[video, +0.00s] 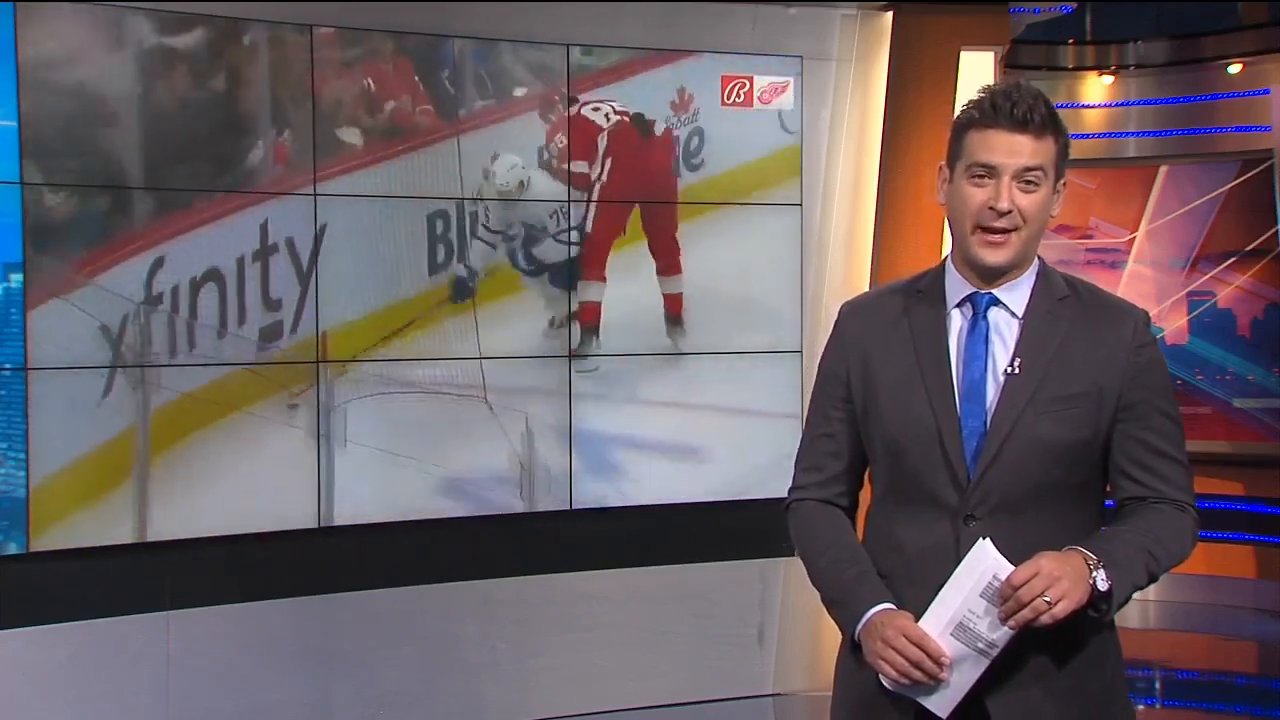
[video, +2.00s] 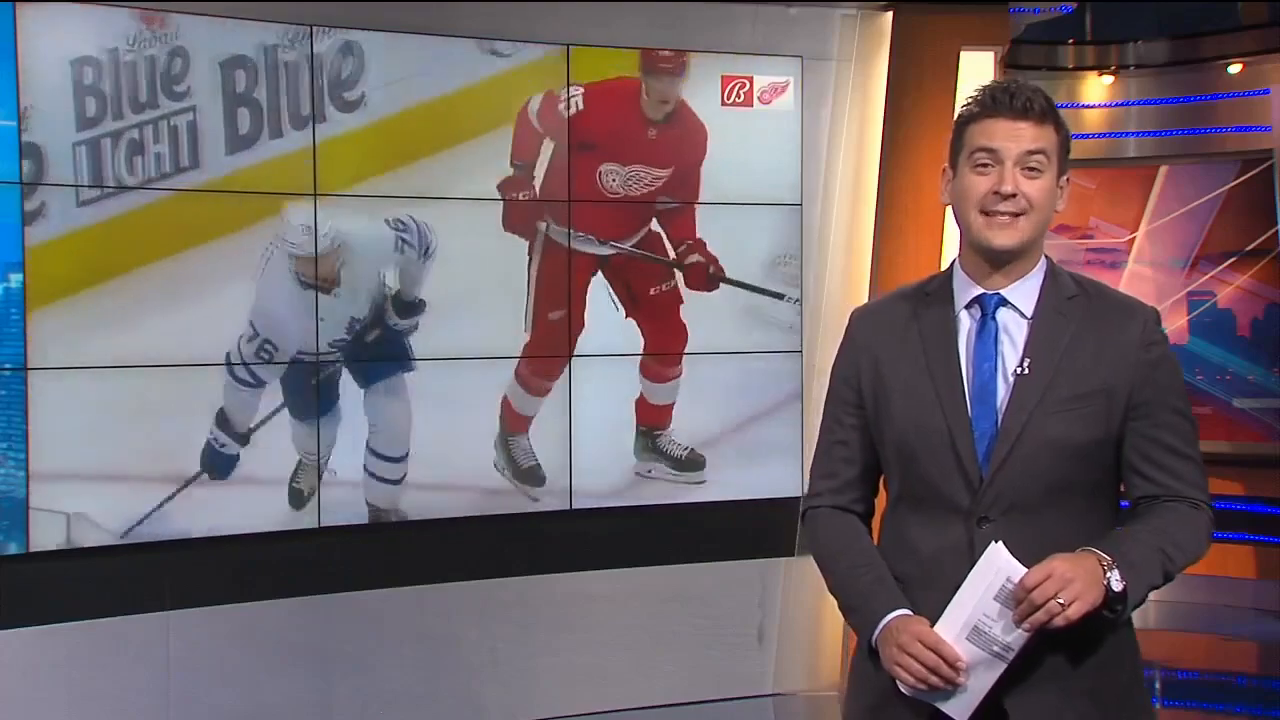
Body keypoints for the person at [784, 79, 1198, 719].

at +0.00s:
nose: (1001, 202)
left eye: (1027, 181)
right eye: (980, 175)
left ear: (1056, 197)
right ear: (945, 185)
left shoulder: (1118, 336)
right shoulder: (865, 328)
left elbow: (1166, 509)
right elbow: (816, 499)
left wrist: (1092, 566)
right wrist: (869, 614)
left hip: (1054, 691)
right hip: (892, 687)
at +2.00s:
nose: (1007, 185)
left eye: (1032, 168)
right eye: (984, 164)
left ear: (1060, 193)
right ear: (949, 186)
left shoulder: (1127, 332)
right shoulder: (876, 332)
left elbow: (1181, 507)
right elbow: (831, 506)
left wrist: (1107, 566)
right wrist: (885, 620)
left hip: (1071, 690)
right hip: (907, 687)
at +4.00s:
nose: (1004, 189)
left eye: (1029, 171)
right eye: (982, 164)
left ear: (1056, 196)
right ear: (946, 183)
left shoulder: (1119, 335)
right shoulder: (866, 326)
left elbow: (1167, 509)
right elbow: (816, 500)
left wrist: (1095, 571)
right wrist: (872, 619)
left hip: (1056, 691)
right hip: (893, 687)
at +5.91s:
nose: (1009, 197)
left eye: (1034, 177)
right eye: (987, 171)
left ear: (1058, 198)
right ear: (947, 185)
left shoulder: (1119, 336)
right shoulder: (864, 327)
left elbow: (1166, 511)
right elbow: (816, 499)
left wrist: (1113, 529)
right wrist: (870, 618)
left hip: (1056, 689)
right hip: (892, 685)